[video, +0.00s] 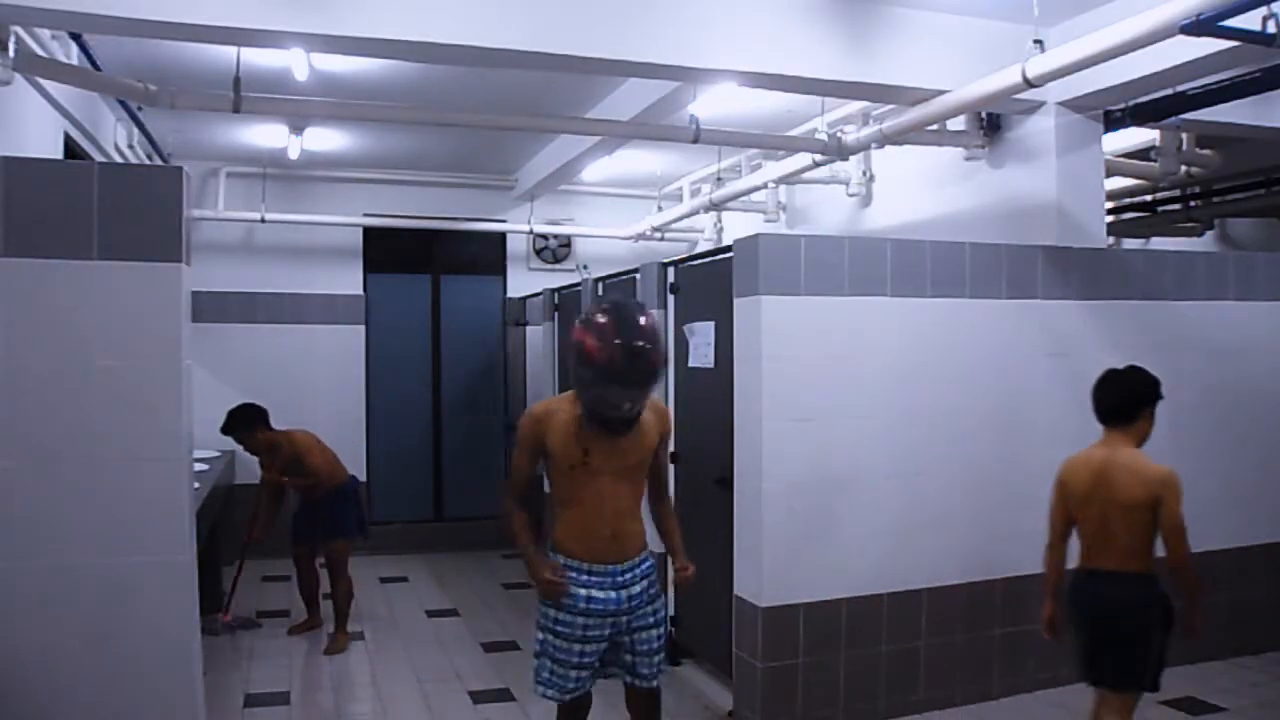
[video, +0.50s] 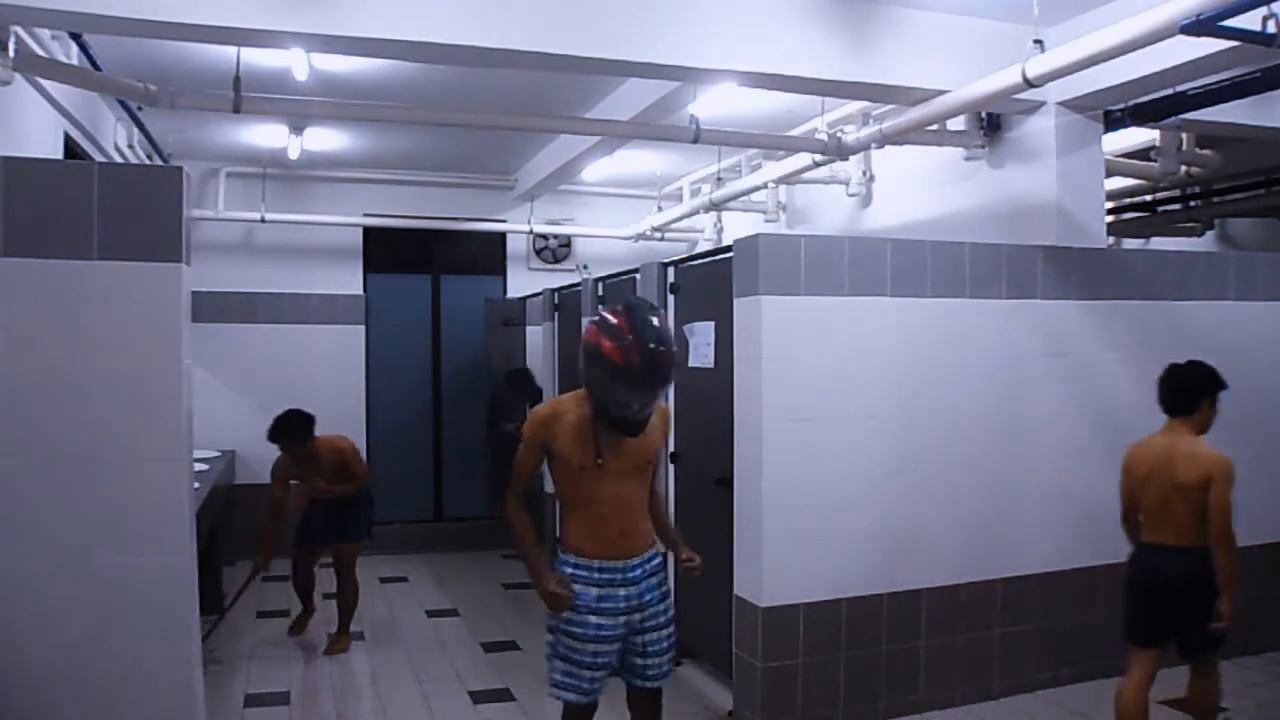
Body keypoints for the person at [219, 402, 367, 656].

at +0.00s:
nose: (243, 449)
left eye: (244, 441)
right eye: (240, 443)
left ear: (259, 431)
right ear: (257, 432)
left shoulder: (299, 443)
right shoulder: (268, 457)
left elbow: (324, 479)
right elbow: (269, 494)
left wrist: (283, 481)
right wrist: (260, 528)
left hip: (339, 497)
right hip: (310, 500)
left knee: (336, 564)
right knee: (303, 558)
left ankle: (341, 631)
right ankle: (313, 616)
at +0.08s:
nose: (248, 452)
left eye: (248, 445)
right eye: (244, 446)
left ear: (264, 436)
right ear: (262, 437)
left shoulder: (305, 446)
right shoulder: (269, 461)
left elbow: (328, 482)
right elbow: (272, 499)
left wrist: (291, 486)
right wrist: (260, 532)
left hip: (343, 499)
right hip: (312, 501)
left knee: (338, 566)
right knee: (305, 560)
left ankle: (341, 632)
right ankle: (314, 617)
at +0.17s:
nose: (253, 453)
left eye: (253, 447)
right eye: (249, 448)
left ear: (267, 439)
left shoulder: (311, 447)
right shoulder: (271, 464)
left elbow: (340, 483)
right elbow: (273, 502)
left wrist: (298, 489)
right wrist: (261, 536)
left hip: (345, 500)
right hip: (314, 502)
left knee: (340, 568)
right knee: (308, 561)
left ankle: (342, 632)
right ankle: (314, 616)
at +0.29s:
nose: (262, 455)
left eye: (264, 448)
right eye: (260, 450)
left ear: (279, 442)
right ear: (272, 446)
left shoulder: (323, 449)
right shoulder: (275, 470)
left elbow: (350, 486)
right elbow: (274, 513)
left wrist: (307, 491)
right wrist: (258, 549)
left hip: (349, 504)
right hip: (317, 505)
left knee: (342, 568)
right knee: (307, 560)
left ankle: (342, 632)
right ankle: (313, 615)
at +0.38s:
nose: (271, 454)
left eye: (273, 448)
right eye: (268, 449)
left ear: (290, 441)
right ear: (273, 447)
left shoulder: (332, 449)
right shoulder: (278, 469)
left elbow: (356, 486)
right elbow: (274, 511)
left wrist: (318, 492)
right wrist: (259, 552)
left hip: (349, 505)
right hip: (316, 506)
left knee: (343, 567)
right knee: (304, 560)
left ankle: (343, 632)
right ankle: (311, 611)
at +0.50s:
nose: (282, 452)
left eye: (285, 446)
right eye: (280, 447)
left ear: (303, 441)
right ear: (283, 444)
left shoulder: (340, 448)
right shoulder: (283, 468)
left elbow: (362, 484)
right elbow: (276, 513)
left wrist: (326, 490)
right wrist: (265, 553)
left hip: (350, 506)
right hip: (316, 507)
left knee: (344, 568)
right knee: (301, 566)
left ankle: (343, 632)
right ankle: (307, 608)